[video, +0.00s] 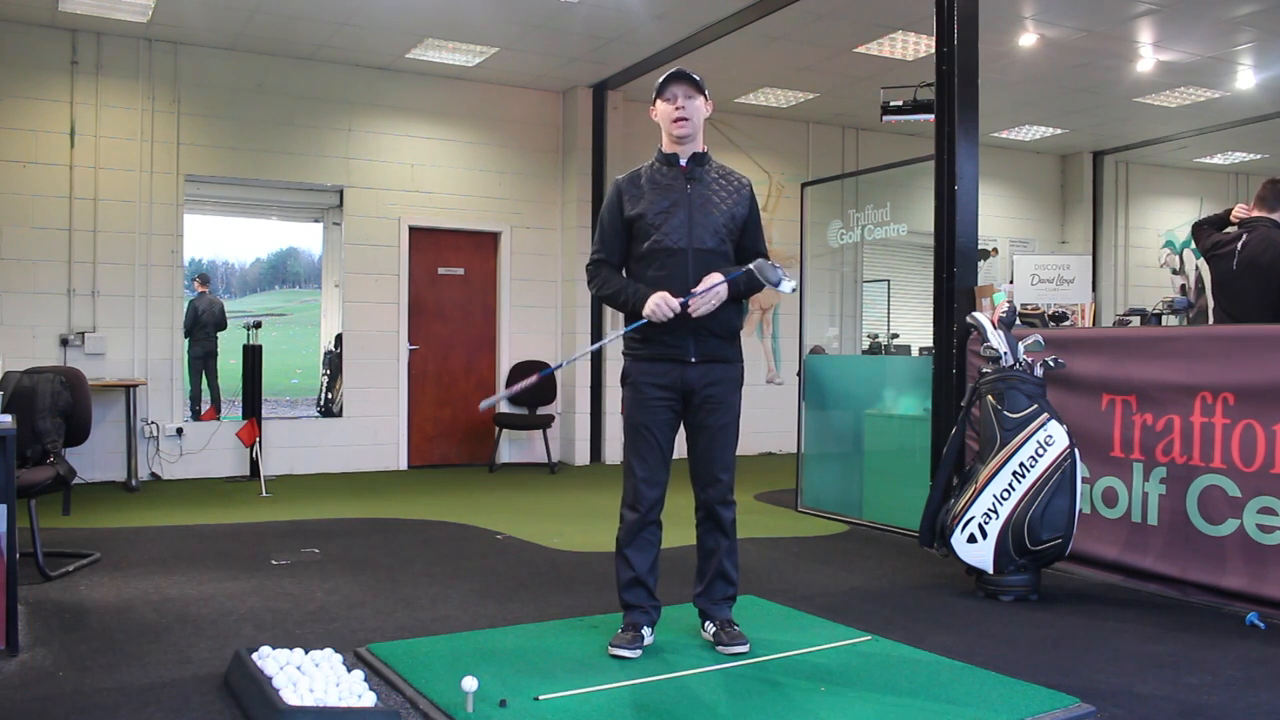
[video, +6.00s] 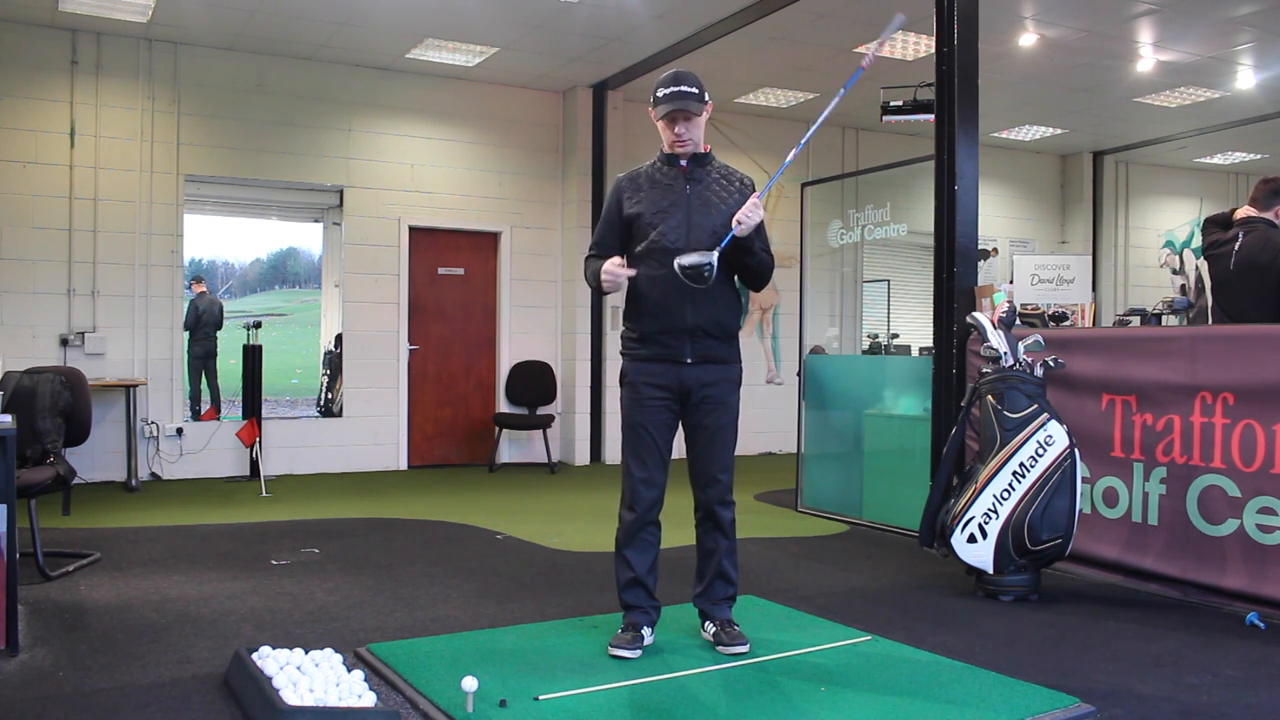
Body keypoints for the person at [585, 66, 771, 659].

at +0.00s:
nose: (679, 106)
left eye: (689, 96)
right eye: (669, 97)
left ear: (707, 110)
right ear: (654, 112)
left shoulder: (736, 188)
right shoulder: (628, 188)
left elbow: (761, 268)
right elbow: (600, 272)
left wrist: (729, 284)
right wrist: (643, 297)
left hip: (718, 364)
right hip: (650, 363)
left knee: (717, 494)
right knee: (642, 495)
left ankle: (718, 612)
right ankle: (637, 616)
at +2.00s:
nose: (687, 119)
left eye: (696, 108)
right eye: (676, 108)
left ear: (707, 115)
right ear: (654, 114)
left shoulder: (731, 185)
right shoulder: (625, 190)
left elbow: (766, 269)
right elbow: (596, 271)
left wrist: (752, 227)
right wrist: (625, 290)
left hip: (719, 364)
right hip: (650, 364)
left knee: (717, 494)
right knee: (643, 495)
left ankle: (718, 613)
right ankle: (638, 616)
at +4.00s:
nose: (673, 117)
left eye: (683, 106)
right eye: (664, 109)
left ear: (705, 109)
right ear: (654, 119)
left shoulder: (738, 187)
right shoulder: (631, 186)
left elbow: (760, 265)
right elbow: (599, 268)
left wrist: (739, 278)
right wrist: (632, 218)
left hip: (716, 361)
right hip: (649, 359)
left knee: (716, 494)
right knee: (641, 495)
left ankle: (718, 612)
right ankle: (638, 616)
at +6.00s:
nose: (680, 127)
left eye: (690, 116)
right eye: (670, 118)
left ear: (708, 116)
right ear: (655, 121)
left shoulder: (737, 189)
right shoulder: (630, 187)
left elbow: (758, 278)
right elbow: (596, 264)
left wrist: (751, 234)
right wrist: (602, 273)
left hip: (716, 363)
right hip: (647, 362)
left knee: (716, 495)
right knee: (641, 495)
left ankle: (718, 612)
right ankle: (637, 616)